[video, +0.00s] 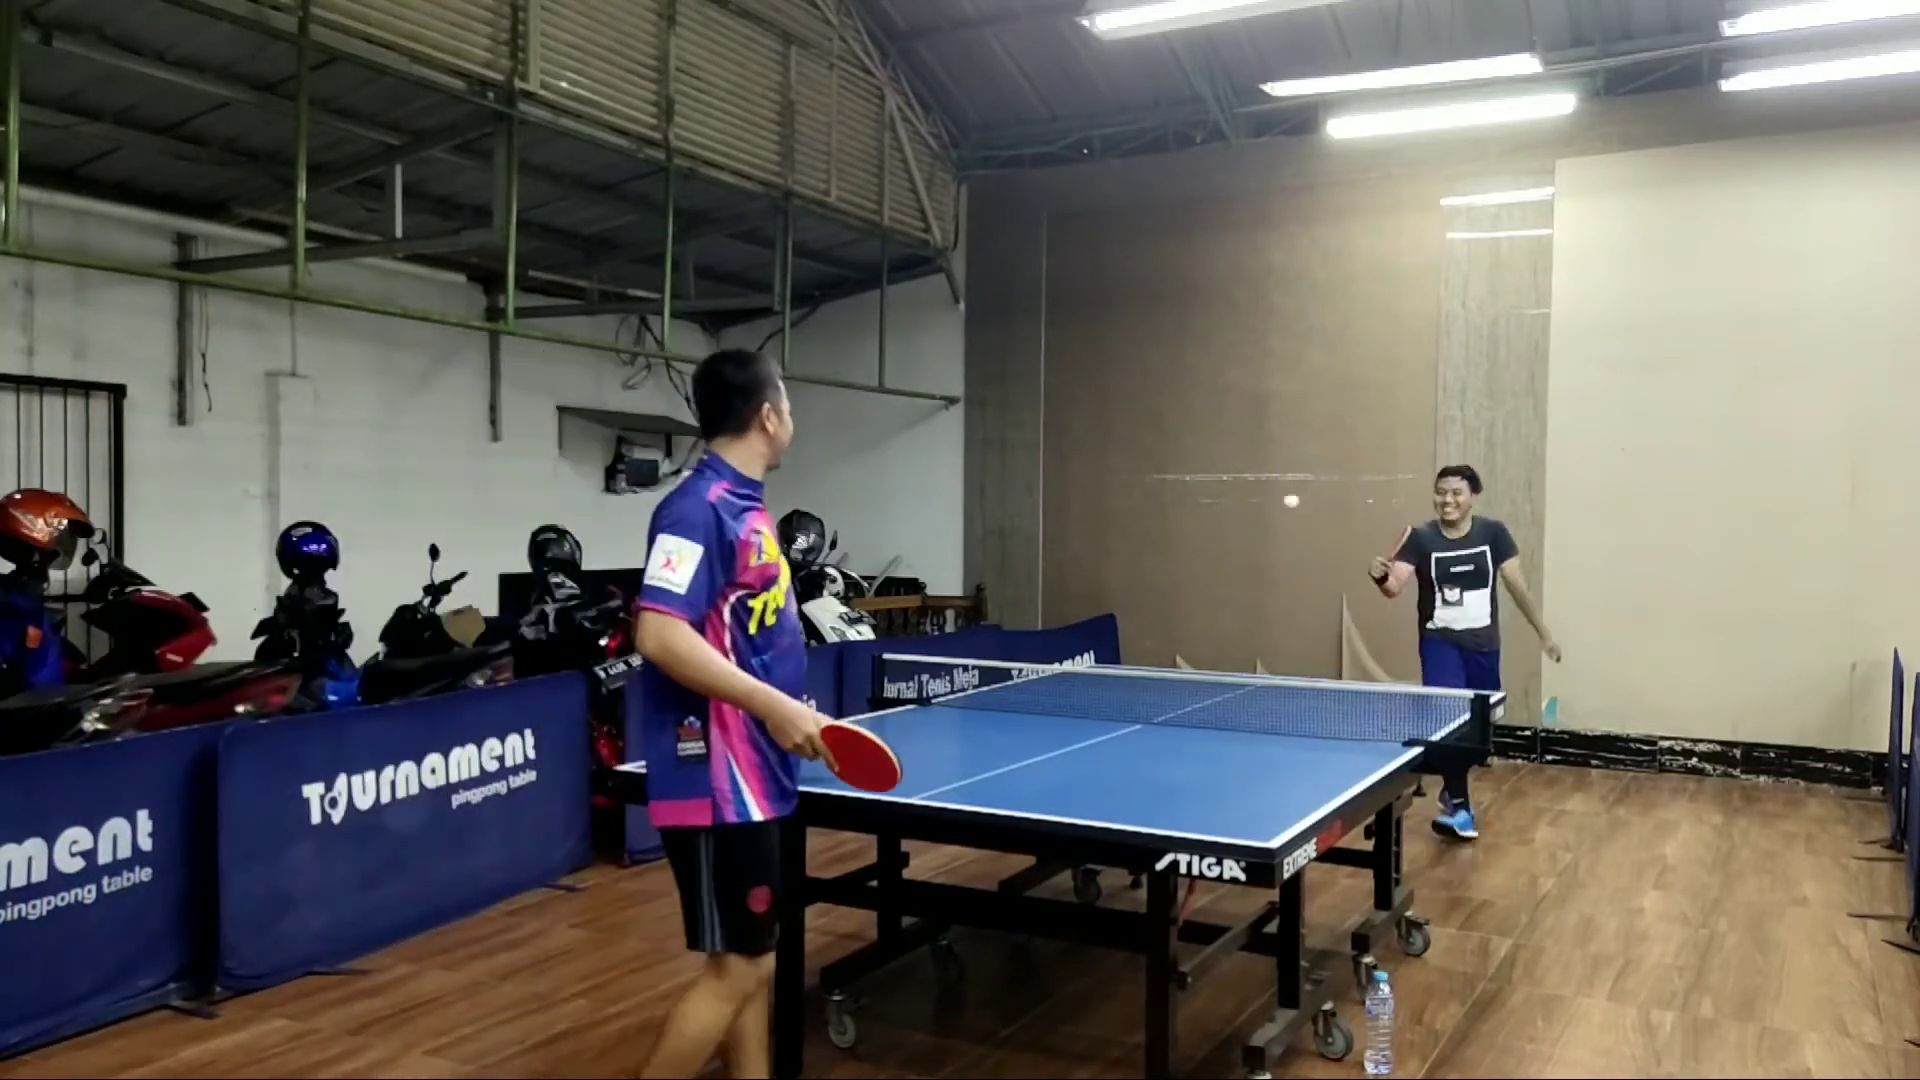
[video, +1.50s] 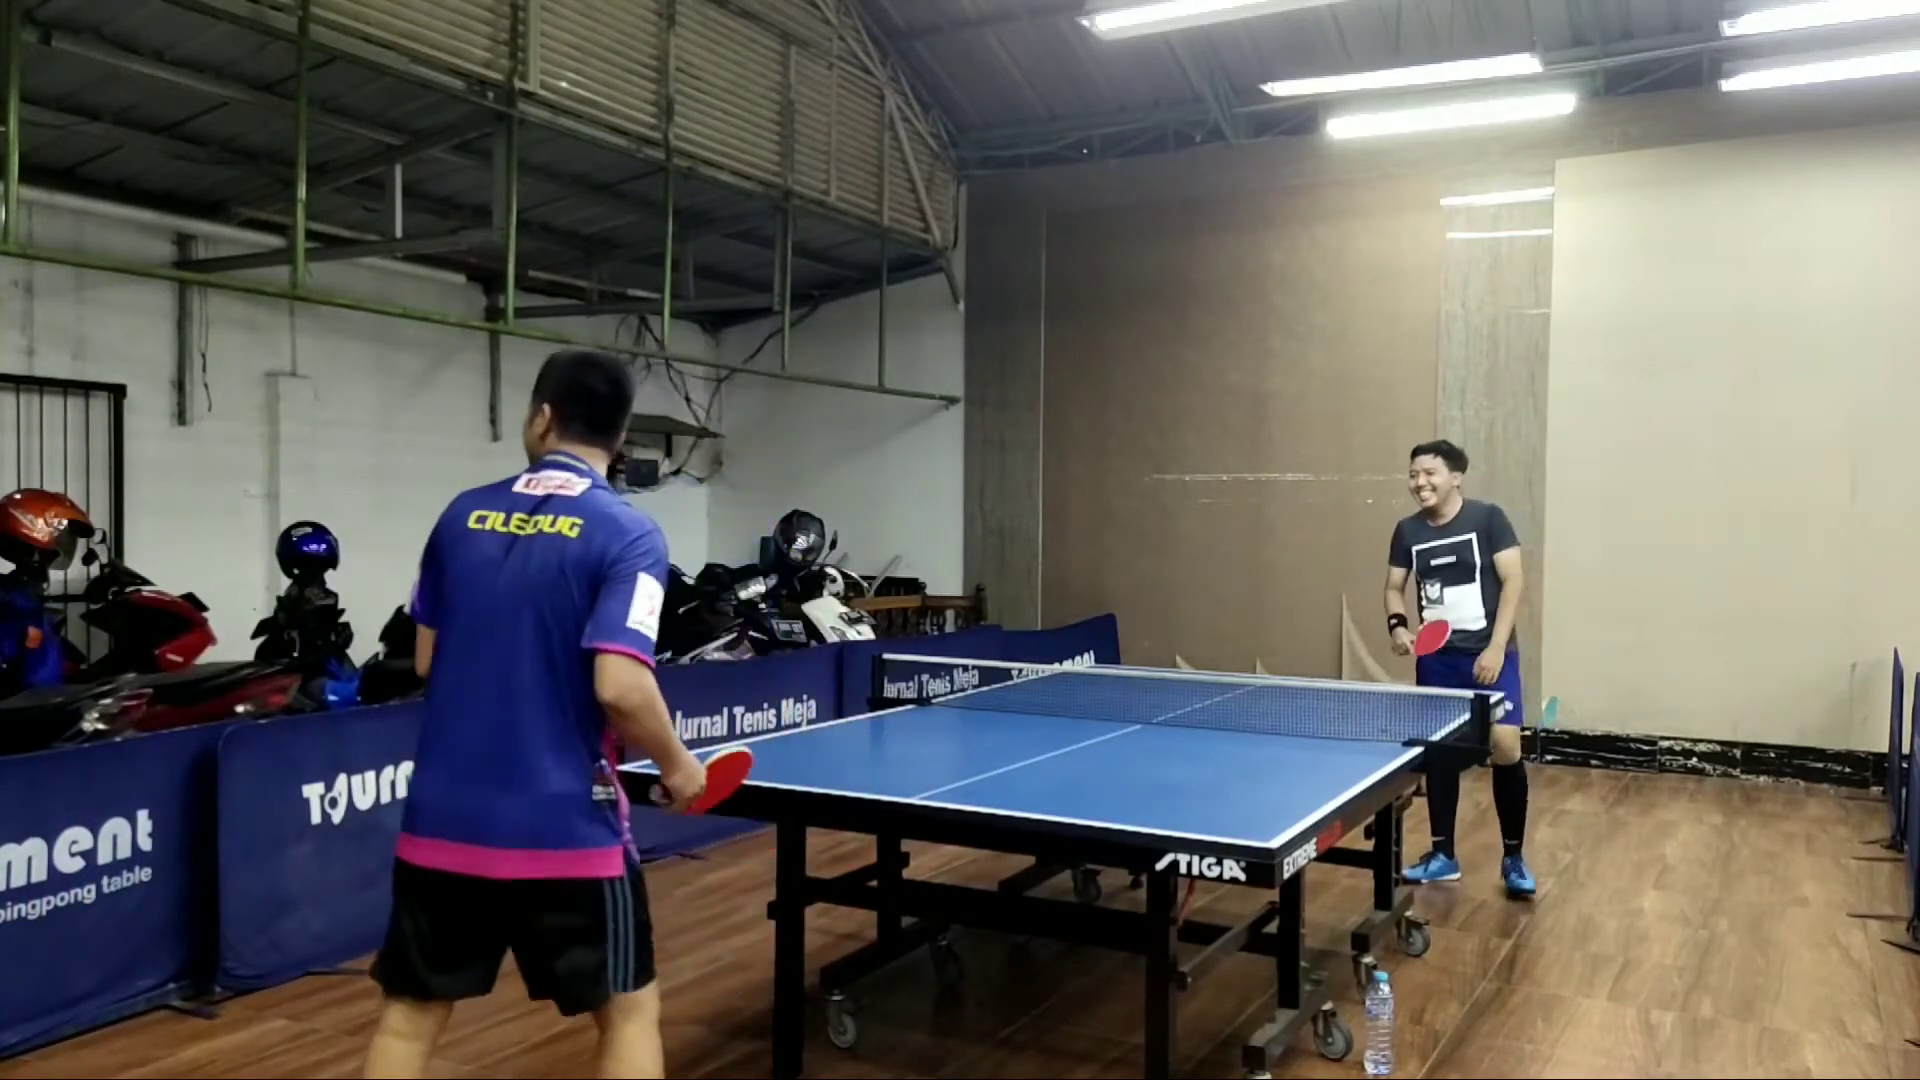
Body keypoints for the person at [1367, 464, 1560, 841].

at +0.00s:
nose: (1449, 500)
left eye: (1457, 493)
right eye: (1442, 492)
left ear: (1473, 498)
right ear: (1434, 496)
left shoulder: (1492, 533)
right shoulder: (1421, 538)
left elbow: (1517, 586)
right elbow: (1393, 589)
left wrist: (1545, 636)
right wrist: (1382, 576)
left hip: (1482, 645)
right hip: (1440, 644)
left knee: (1477, 724)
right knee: (1450, 719)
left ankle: (1450, 795)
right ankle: (1458, 805)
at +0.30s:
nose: (1456, 505)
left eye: (1463, 496)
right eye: (1448, 497)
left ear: (1480, 494)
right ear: (1440, 499)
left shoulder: (1501, 523)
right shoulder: (1430, 542)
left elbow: (1526, 570)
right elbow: (1426, 598)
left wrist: (1553, 617)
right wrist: (1433, 645)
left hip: (1497, 641)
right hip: (1451, 645)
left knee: (1513, 724)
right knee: (1453, 730)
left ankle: (1482, 780)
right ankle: (1464, 820)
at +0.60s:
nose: (1477, 497)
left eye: (1486, 489)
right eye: (1469, 490)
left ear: (1503, 491)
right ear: (1461, 493)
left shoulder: (1523, 532)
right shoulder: (1444, 535)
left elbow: (1539, 595)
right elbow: (1426, 598)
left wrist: (1543, 658)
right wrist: (1417, 656)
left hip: (1508, 653)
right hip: (1454, 653)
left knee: (1509, 736)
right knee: (1453, 735)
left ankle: (1515, 839)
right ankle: (1465, 817)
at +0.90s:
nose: (1470, 486)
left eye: (1480, 478)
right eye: (1463, 478)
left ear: (1500, 481)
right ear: (1456, 483)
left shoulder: (1526, 525)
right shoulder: (1446, 529)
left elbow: (1552, 587)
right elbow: (1428, 583)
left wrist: (1576, 647)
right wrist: (1413, 621)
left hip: (1516, 655)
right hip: (1460, 652)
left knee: (1515, 743)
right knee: (1445, 739)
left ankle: (1515, 847)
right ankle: (1461, 837)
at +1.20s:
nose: (1434, 486)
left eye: (1443, 477)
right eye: (1427, 479)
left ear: (1468, 480)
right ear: (1423, 486)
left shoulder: (1500, 520)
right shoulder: (1421, 535)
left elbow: (1528, 578)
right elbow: (1415, 591)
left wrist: (1527, 635)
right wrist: (1416, 629)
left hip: (1498, 659)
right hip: (1444, 660)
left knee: (1508, 750)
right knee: (1440, 752)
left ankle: (1514, 842)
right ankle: (1443, 853)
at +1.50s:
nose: (1419, 482)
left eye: (1429, 473)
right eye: (1414, 474)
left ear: (1456, 477)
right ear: (1411, 481)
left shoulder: (1488, 518)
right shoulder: (1408, 531)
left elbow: (1514, 581)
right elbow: (1395, 587)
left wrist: (1496, 647)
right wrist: (1398, 626)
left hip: (1491, 654)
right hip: (1437, 660)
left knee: (1504, 744)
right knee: (1440, 751)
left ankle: (1513, 857)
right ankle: (1443, 854)